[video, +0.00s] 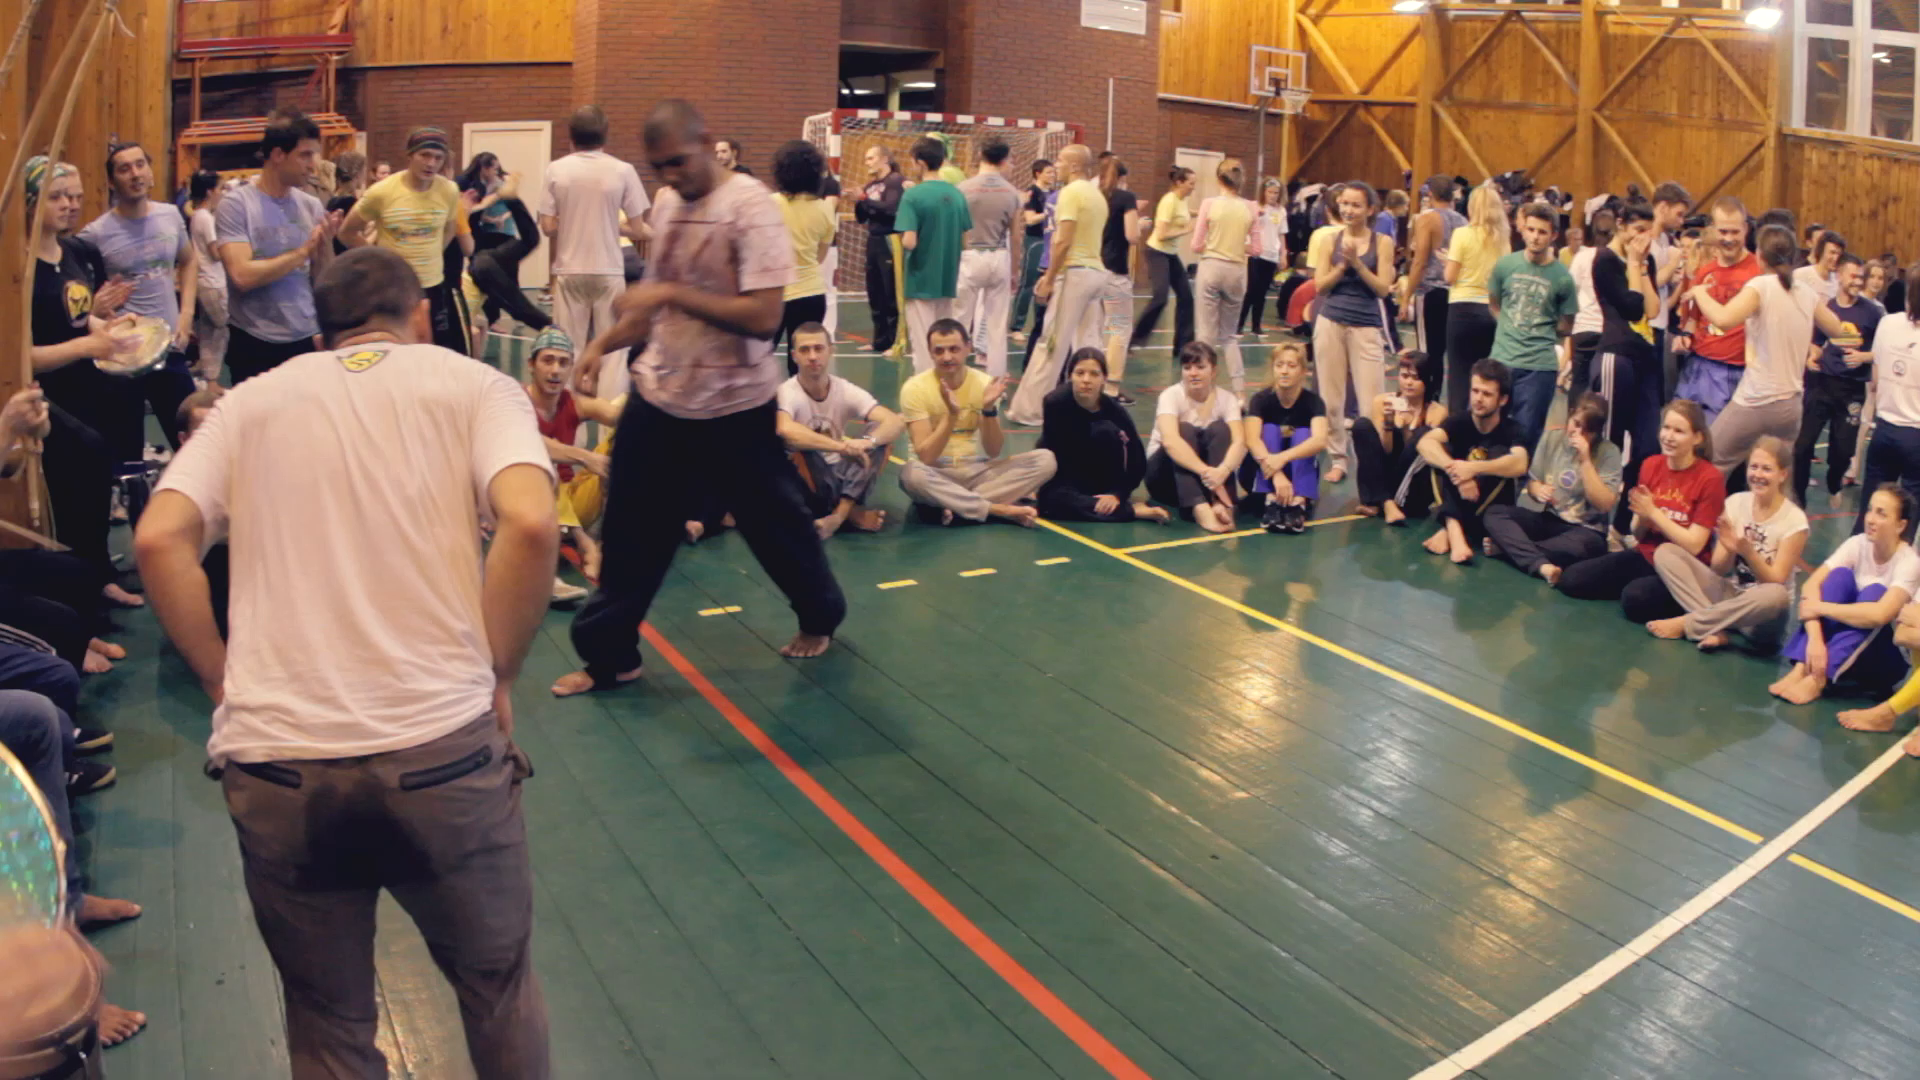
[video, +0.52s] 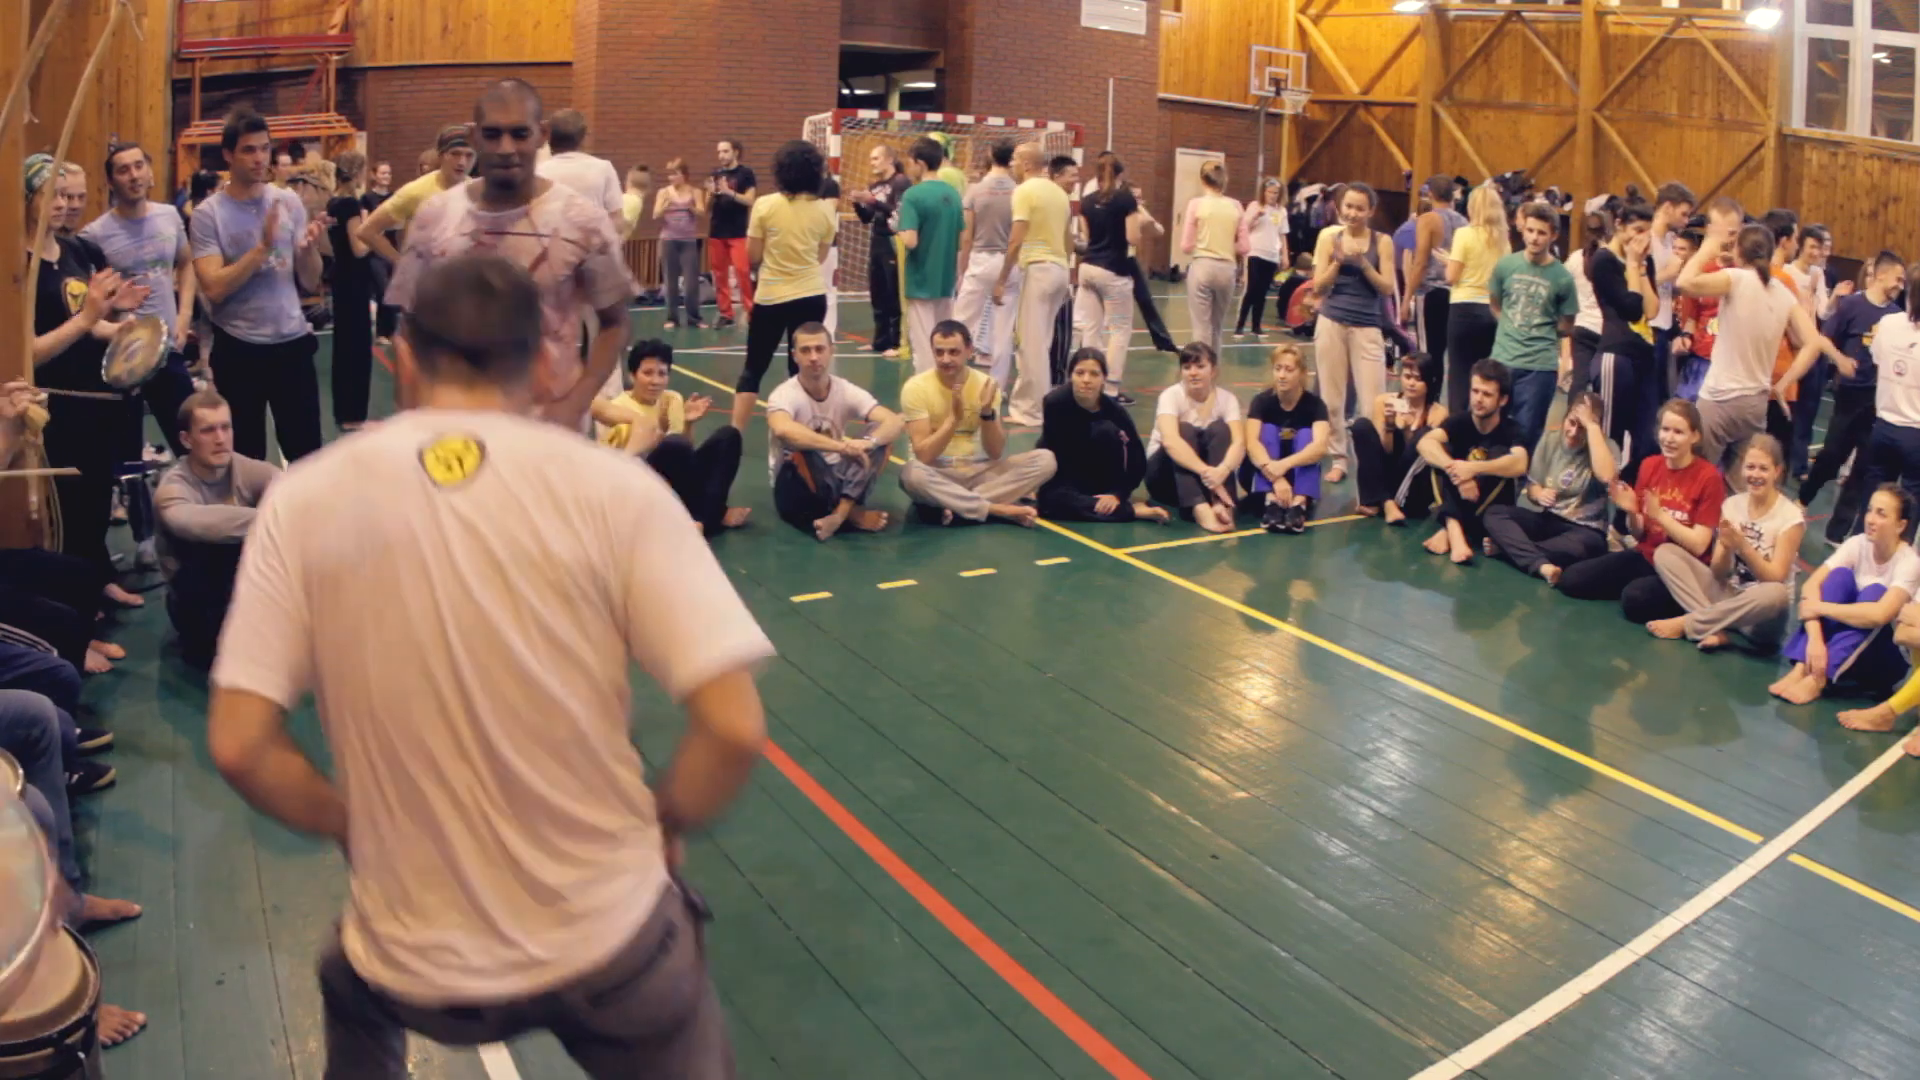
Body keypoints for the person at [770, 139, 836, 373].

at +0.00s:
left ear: (779, 171)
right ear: (816, 172)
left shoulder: (771, 205)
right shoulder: (824, 207)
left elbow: (765, 247)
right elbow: (821, 254)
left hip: (776, 293)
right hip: (812, 292)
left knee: (759, 358)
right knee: (802, 363)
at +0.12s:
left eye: (777, 166)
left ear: (778, 171)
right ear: (816, 172)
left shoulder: (764, 205)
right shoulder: (824, 209)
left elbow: (753, 256)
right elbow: (821, 254)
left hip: (770, 301)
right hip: (810, 299)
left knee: (753, 371)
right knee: (803, 369)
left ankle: (734, 438)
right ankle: (805, 437)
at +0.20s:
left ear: (778, 171)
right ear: (816, 172)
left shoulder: (764, 206)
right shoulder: (825, 209)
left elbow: (754, 256)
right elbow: (821, 254)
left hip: (770, 301)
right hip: (811, 299)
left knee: (753, 371)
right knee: (803, 370)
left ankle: (733, 439)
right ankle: (804, 438)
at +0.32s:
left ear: (779, 171)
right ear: (816, 173)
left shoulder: (764, 205)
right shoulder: (825, 209)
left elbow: (754, 255)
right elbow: (821, 254)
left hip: (771, 301)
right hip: (811, 298)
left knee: (753, 370)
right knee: (804, 369)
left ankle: (733, 439)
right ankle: (805, 438)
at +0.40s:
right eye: (818, 167)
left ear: (779, 171)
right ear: (816, 172)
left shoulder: (764, 206)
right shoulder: (824, 209)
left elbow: (754, 256)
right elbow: (822, 254)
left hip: (771, 301)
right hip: (811, 298)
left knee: (753, 369)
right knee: (804, 369)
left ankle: (734, 439)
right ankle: (807, 436)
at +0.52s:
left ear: (779, 171)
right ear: (817, 172)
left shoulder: (764, 206)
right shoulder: (825, 209)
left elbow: (754, 255)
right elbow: (822, 255)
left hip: (771, 301)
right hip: (811, 298)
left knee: (753, 369)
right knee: (804, 369)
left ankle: (734, 438)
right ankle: (806, 436)